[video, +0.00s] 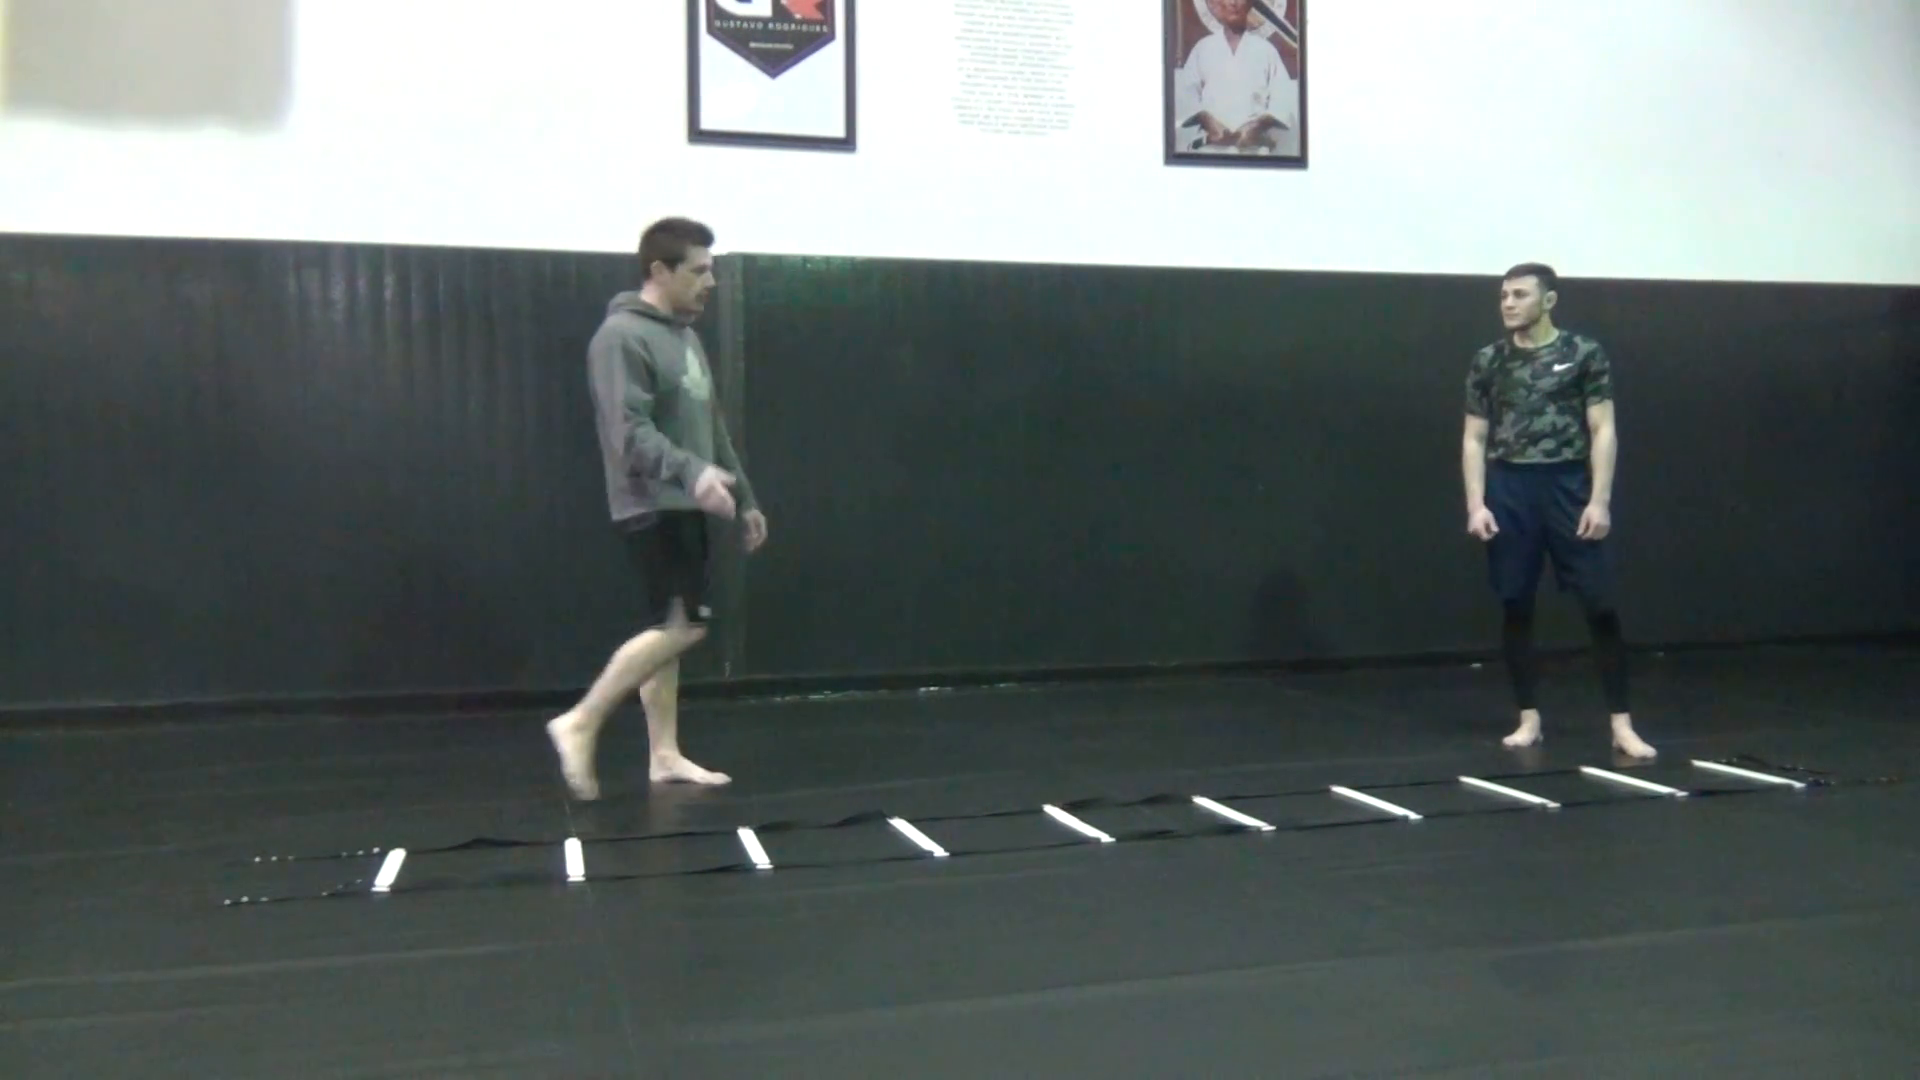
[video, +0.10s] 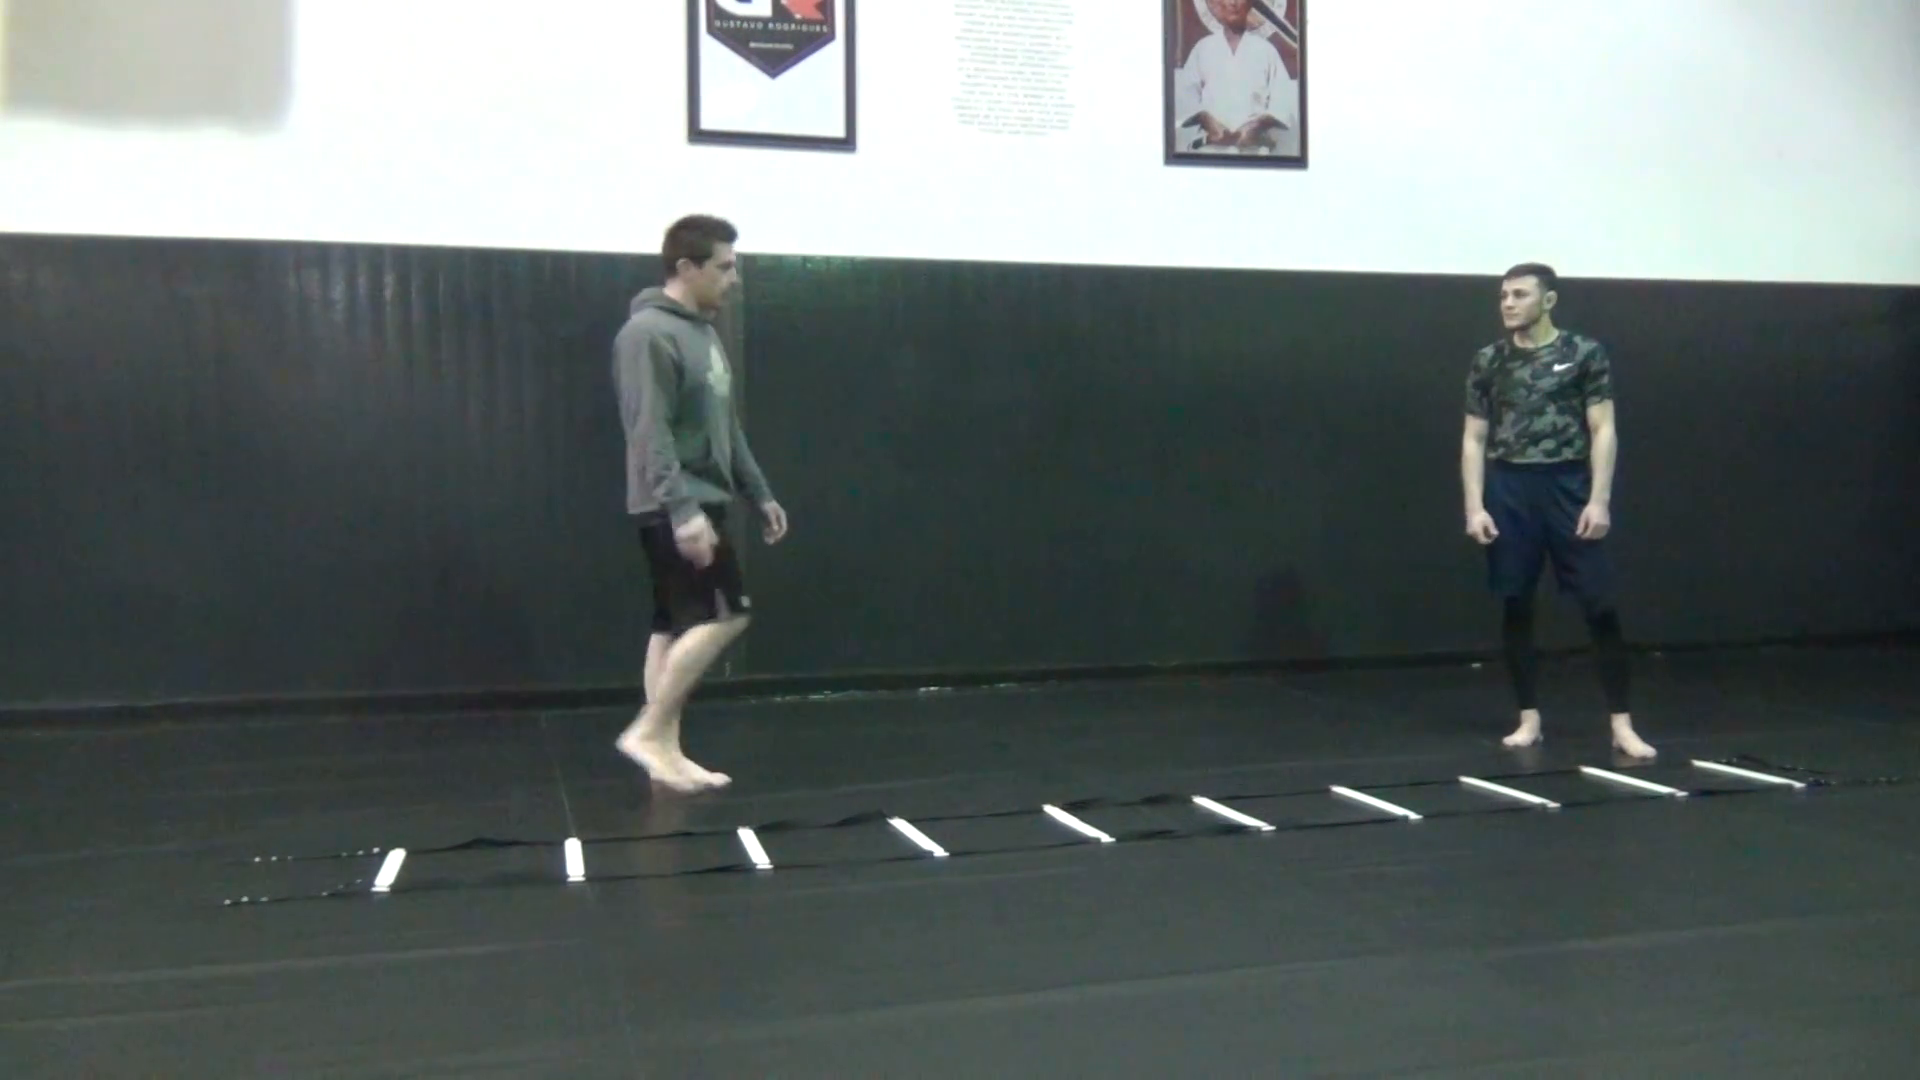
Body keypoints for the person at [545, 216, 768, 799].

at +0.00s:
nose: (710, 282)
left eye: (710, 270)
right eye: (700, 270)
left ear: (675, 273)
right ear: (658, 270)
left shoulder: (685, 338)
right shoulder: (619, 336)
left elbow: (713, 431)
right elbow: (629, 433)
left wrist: (743, 502)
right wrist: (692, 473)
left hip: (688, 501)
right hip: (650, 505)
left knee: (672, 628)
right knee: (686, 622)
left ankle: (665, 756)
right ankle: (577, 724)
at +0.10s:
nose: (734, 278)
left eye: (734, 267)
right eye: (725, 267)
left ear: (695, 269)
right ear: (687, 267)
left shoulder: (704, 332)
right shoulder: (645, 333)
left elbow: (725, 429)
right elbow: (648, 431)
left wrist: (761, 496)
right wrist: (681, 510)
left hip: (702, 498)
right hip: (672, 501)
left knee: (671, 625)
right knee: (726, 615)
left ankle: (666, 751)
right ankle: (646, 733)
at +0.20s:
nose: (759, 280)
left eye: (759, 268)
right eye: (750, 268)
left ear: (716, 270)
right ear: (711, 269)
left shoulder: (719, 332)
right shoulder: (676, 334)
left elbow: (738, 427)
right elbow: (669, 433)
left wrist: (770, 491)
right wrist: (672, 522)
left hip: (709, 503)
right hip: (701, 505)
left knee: (679, 627)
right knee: (752, 616)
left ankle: (666, 752)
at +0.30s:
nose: (785, 282)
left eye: (784, 271)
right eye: (776, 271)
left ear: (741, 275)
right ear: (738, 274)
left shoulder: (735, 335)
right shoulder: (705, 337)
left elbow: (748, 434)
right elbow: (688, 436)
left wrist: (777, 498)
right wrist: (685, 525)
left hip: (724, 508)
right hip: (725, 511)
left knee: (686, 633)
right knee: (766, 629)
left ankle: (666, 755)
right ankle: (808, 754)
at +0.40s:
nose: (809, 286)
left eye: (809, 274)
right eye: (801, 275)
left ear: (763, 278)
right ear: (764, 277)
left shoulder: (752, 335)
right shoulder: (734, 340)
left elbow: (755, 435)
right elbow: (721, 438)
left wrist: (779, 508)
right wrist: (720, 527)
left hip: (739, 509)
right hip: (751, 512)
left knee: (702, 634)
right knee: (787, 631)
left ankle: (668, 751)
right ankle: (821, 755)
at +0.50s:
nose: (835, 287)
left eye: (835, 276)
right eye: (827, 276)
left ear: (787, 278)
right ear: (791, 277)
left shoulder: (750, 334)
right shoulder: (770, 342)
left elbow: (755, 436)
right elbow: (765, 442)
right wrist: (771, 529)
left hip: (739, 508)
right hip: (775, 510)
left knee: (728, 633)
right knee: (807, 633)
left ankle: (675, 742)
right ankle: (827, 758)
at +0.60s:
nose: (859, 289)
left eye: (860, 277)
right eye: (852, 277)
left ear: (810, 278)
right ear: (815, 277)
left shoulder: (769, 330)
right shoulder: (801, 340)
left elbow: (771, 435)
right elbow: (808, 444)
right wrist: (837, 526)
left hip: (762, 509)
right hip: (793, 511)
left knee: (769, 626)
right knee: (821, 631)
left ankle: (706, 720)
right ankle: (827, 760)